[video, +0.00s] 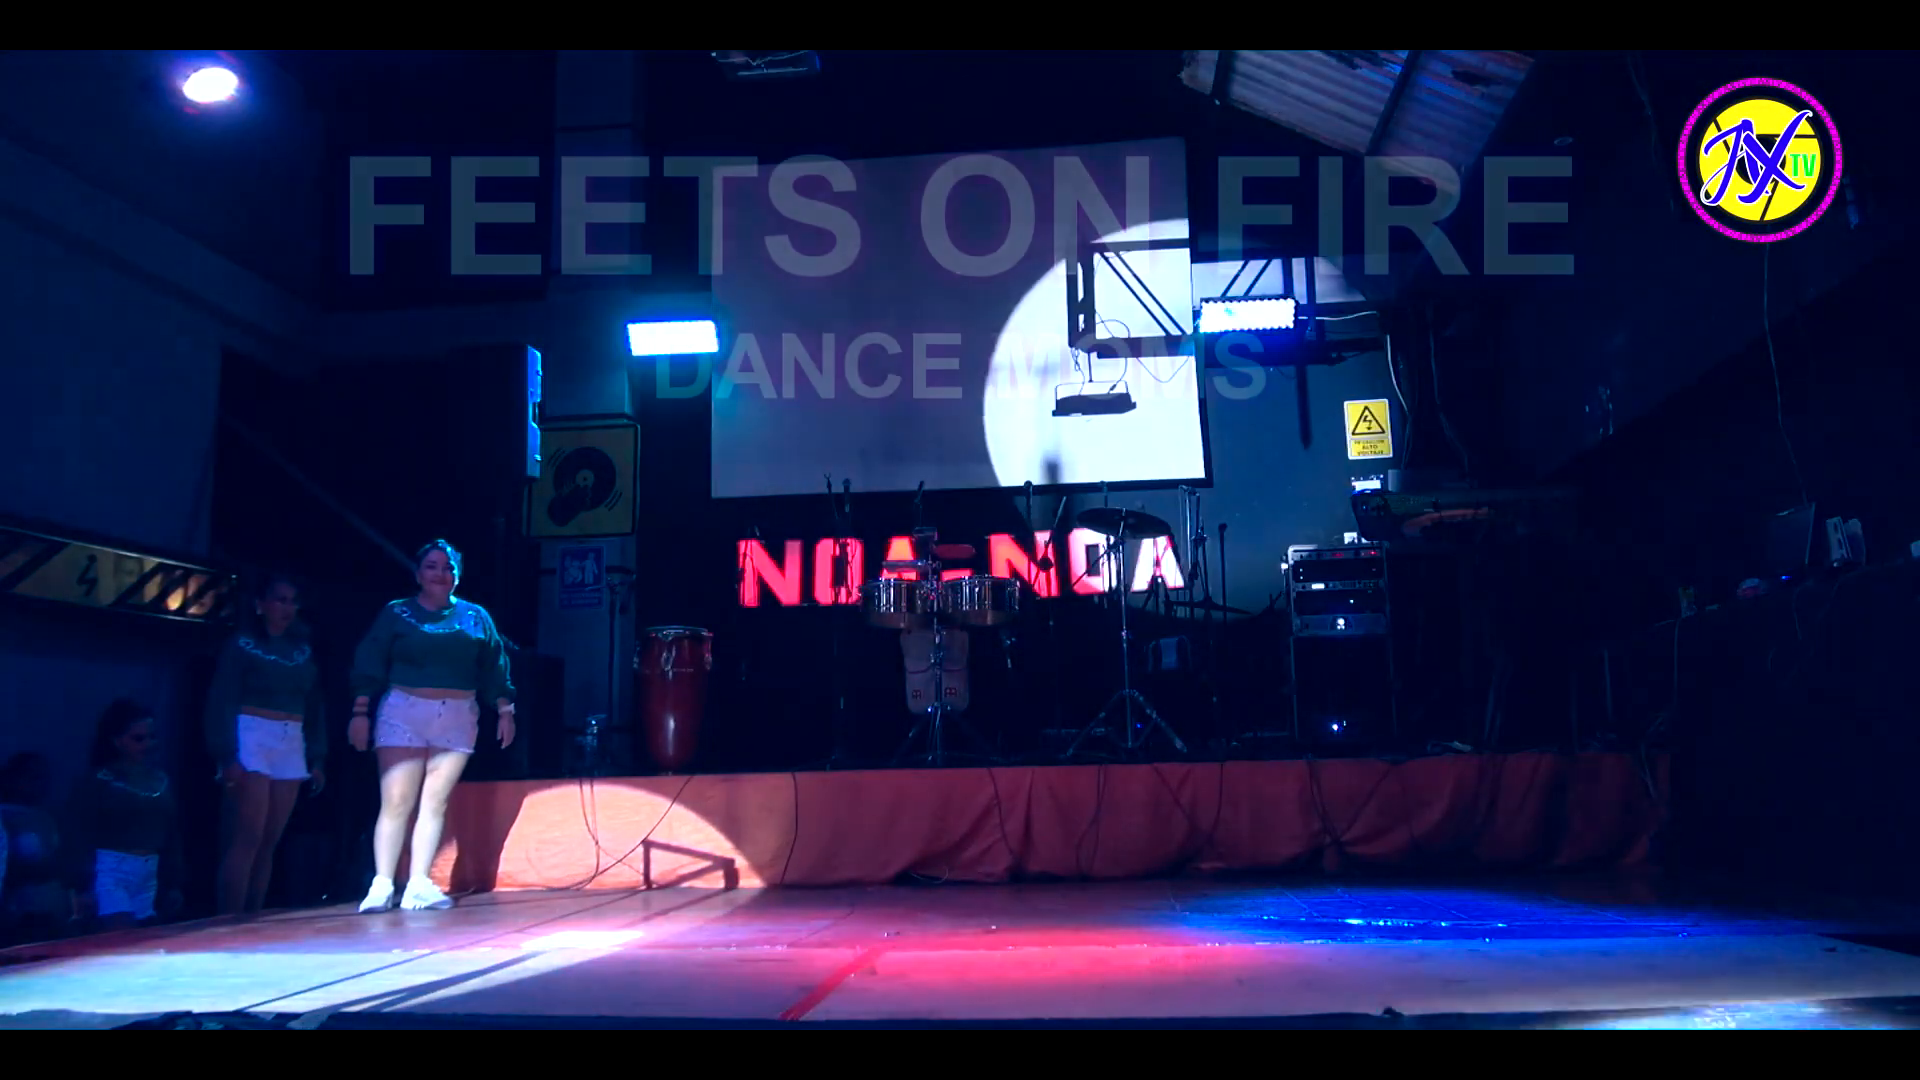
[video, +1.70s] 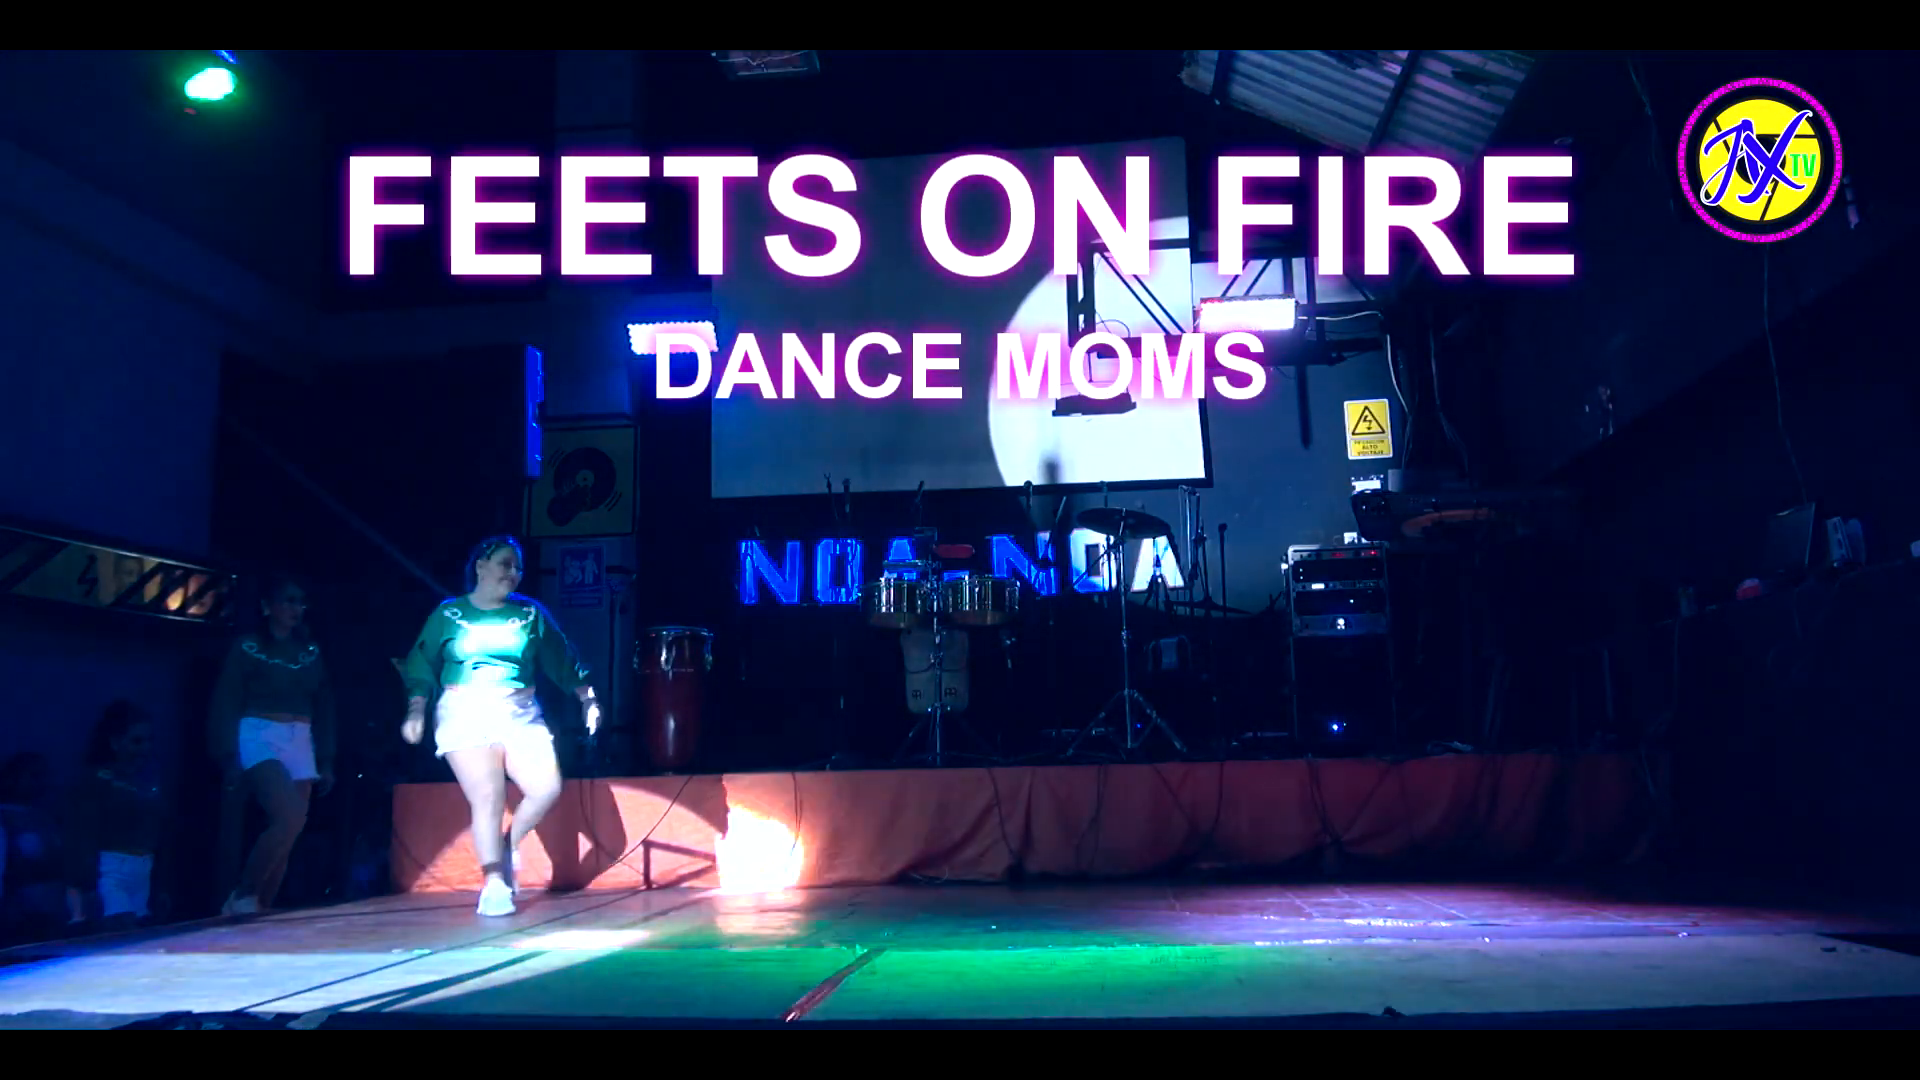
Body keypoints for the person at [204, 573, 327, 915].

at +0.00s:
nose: (286, 608)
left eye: (291, 601)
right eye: (279, 600)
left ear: (298, 607)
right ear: (262, 603)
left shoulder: (303, 651)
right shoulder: (244, 643)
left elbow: (314, 708)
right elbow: (223, 700)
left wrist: (316, 757)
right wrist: (227, 755)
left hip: (293, 734)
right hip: (253, 730)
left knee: (272, 837)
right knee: (250, 832)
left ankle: (254, 915)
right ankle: (231, 916)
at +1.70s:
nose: (295, 610)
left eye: (299, 603)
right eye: (288, 602)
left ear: (304, 609)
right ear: (269, 606)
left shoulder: (310, 652)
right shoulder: (249, 647)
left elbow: (322, 708)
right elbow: (228, 699)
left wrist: (324, 760)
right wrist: (227, 750)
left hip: (300, 736)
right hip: (258, 733)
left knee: (293, 822)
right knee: (288, 813)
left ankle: (263, 906)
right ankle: (244, 894)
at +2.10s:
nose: (312, 608)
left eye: (316, 602)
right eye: (304, 600)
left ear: (320, 609)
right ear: (284, 605)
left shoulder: (325, 653)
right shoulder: (260, 647)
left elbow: (338, 710)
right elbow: (239, 704)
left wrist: (343, 759)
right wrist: (236, 763)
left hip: (313, 738)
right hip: (269, 733)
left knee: (284, 841)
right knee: (326, 788)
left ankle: (254, 918)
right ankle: (309, 884)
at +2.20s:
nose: (319, 608)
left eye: (323, 602)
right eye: (311, 600)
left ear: (327, 610)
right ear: (292, 605)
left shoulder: (334, 654)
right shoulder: (267, 647)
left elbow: (347, 712)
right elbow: (244, 704)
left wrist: (352, 760)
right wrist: (241, 763)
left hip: (319, 739)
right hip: (275, 733)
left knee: (288, 842)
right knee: (332, 791)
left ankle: (254, 919)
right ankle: (308, 885)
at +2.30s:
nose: (329, 602)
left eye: (333, 596)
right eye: (320, 595)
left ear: (338, 604)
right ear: (301, 601)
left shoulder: (345, 652)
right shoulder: (277, 645)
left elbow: (357, 710)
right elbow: (253, 703)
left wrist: (362, 758)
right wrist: (247, 759)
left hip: (325, 737)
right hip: (281, 729)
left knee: (295, 834)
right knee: (334, 793)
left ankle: (257, 917)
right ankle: (315, 885)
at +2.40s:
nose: (338, 590)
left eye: (343, 584)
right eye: (330, 584)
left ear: (349, 592)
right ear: (312, 590)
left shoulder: (357, 641)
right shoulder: (288, 633)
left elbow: (369, 698)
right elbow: (262, 690)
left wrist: (375, 746)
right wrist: (255, 746)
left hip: (334, 729)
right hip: (290, 720)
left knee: (303, 827)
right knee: (334, 797)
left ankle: (266, 911)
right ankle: (315, 887)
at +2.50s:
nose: (348, 577)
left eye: (353, 571)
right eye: (340, 571)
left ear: (360, 577)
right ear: (322, 577)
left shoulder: (365, 625)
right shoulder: (298, 617)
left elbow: (379, 682)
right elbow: (272, 676)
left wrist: (385, 730)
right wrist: (266, 735)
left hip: (343, 716)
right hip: (300, 707)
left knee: (330, 808)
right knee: (332, 795)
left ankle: (276, 897)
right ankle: (315, 887)